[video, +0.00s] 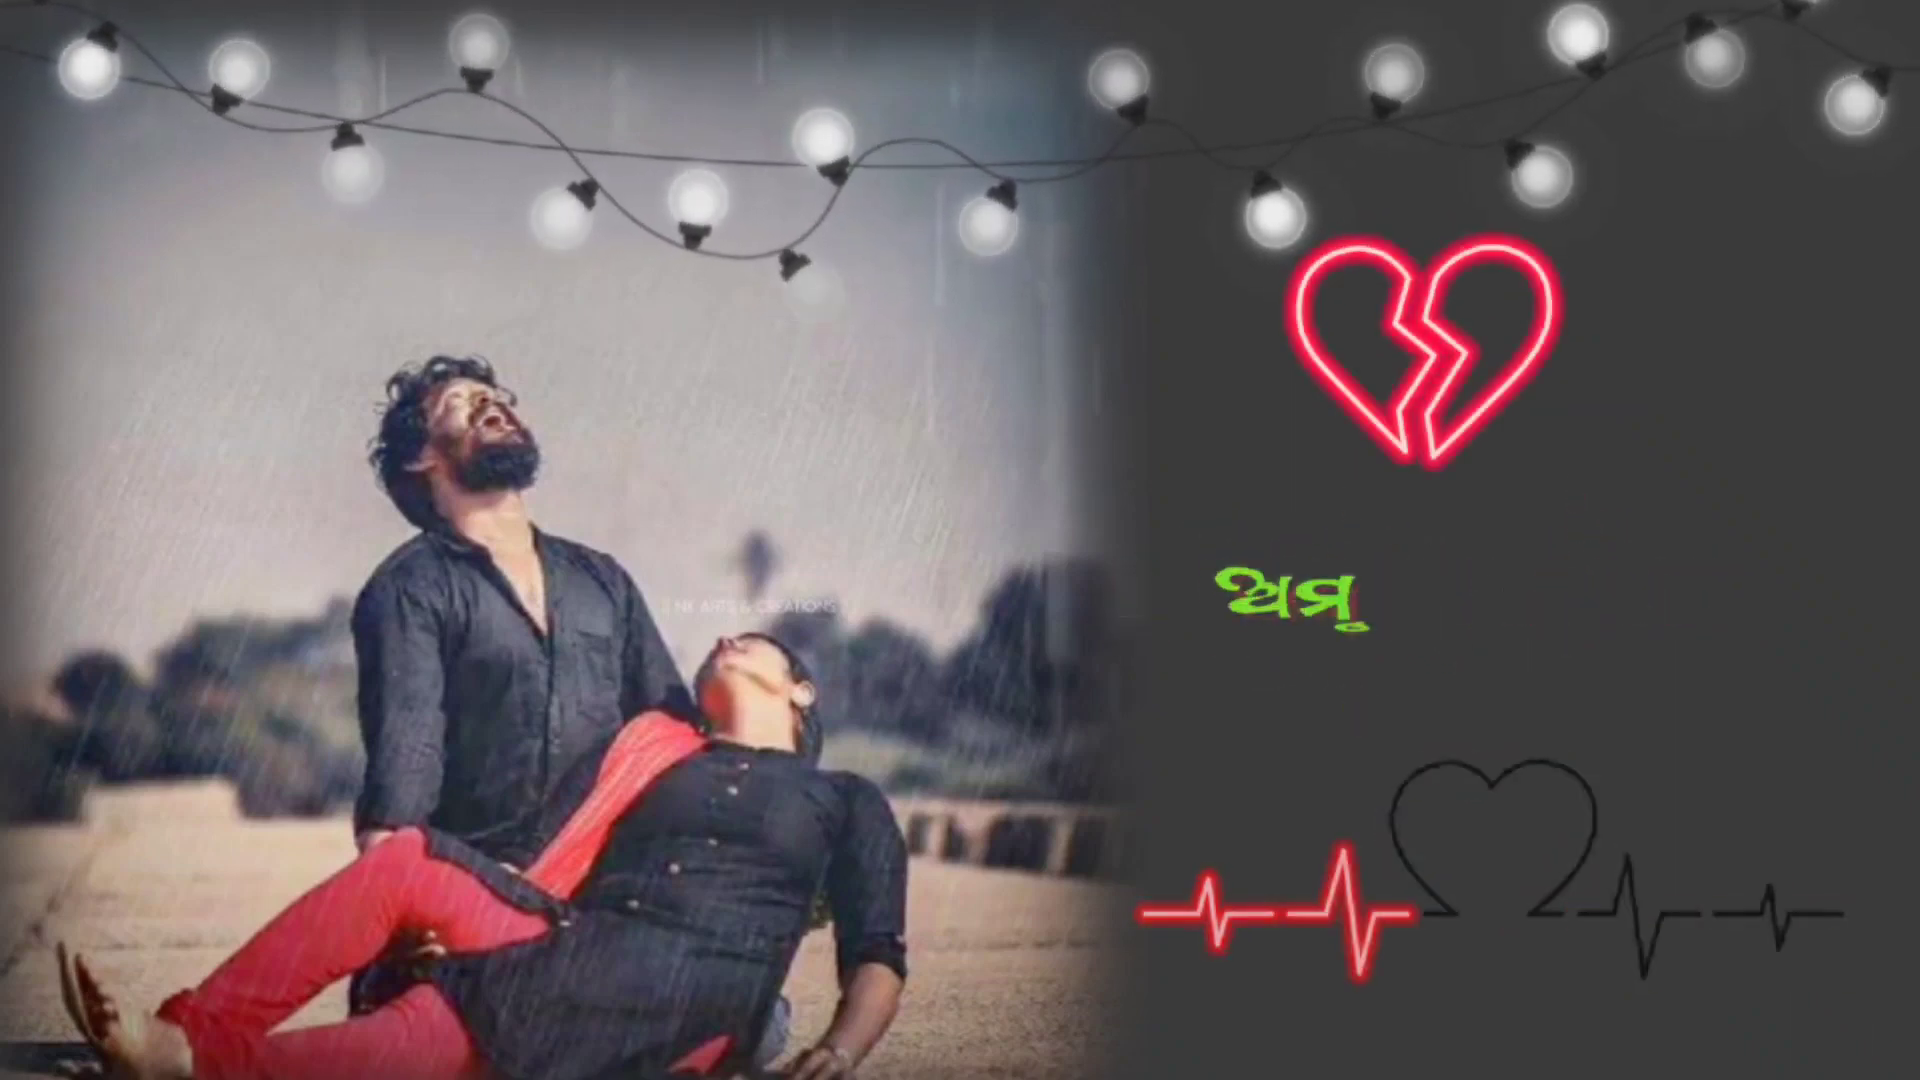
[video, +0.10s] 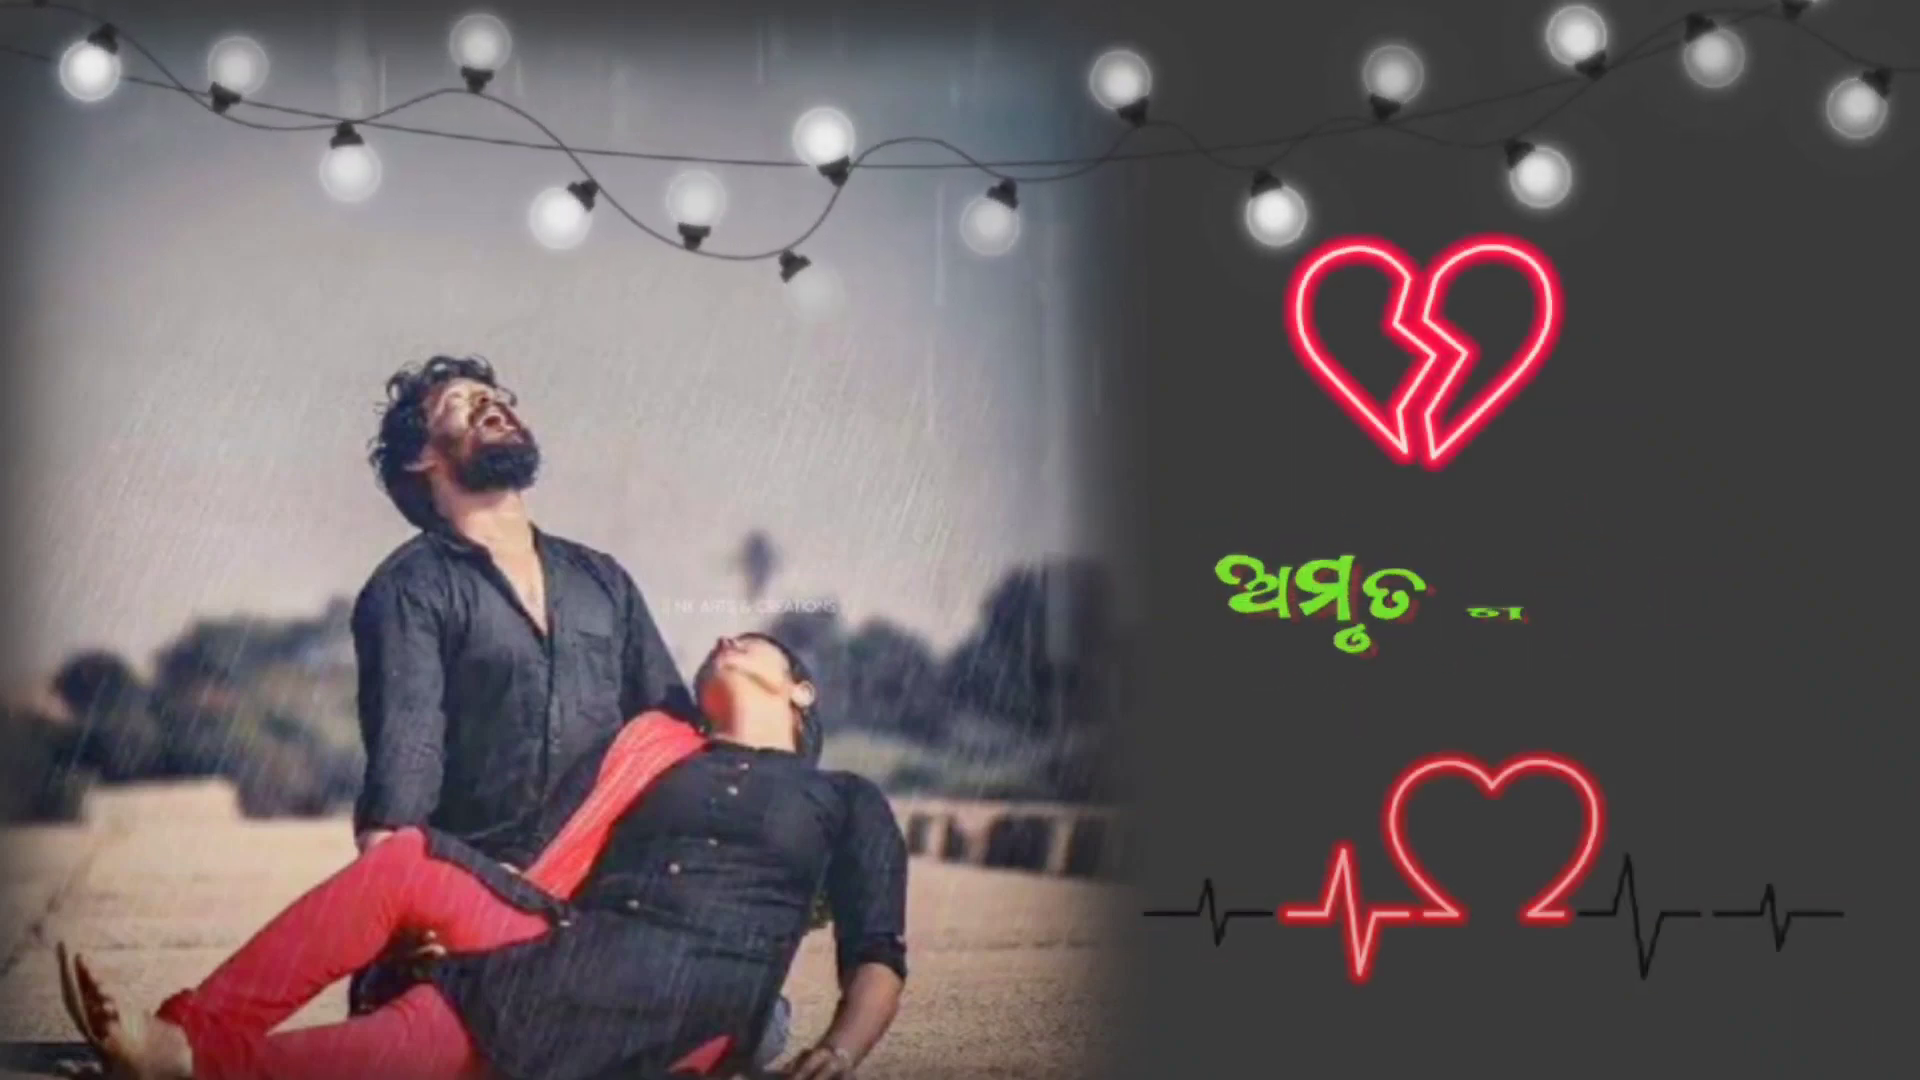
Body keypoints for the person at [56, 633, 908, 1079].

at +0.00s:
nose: (721, 660)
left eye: (749, 656)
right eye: (717, 659)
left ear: (799, 699)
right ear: (709, 698)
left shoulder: (844, 798)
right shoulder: (662, 755)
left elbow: (879, 967)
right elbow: (574, 892)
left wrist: (836, 1063)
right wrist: (455, 949)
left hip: (693, 982)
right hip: (587, 945)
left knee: (451, 1028)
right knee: (400, 859)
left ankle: (188, 1058)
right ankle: (178, 1041)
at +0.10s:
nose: (721, 660)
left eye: (749, 656)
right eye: (716, 659)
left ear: (799, 699)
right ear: (709, 698)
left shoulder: (844, 798)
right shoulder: (662, 755)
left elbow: (879, 967)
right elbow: (574, 891)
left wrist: (836, 1063)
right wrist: (455, 949)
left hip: (693, 982)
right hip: (587, 945)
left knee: (451, 1027)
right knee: (400, 859)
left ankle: (187, 1058)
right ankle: (178, 1041)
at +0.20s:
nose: (721, 660)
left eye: (749, 656)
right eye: (716, 659)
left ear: (799, 699)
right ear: (709, 698)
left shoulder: (844, 798)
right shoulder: (662, 755)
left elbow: (879, 967)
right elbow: (574, 892)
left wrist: (836, 1063)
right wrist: (455, 949)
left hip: (693, 982)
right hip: (587, 945)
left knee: (452, 1027)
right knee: (400, 859)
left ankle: (188, 1058)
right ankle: (178, 1040)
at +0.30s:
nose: (721, 660)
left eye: (749, 656)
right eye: (716, 659)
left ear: (799, 699)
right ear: (709, 698)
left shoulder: (844, 798)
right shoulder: (662, 755)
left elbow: (879, 967)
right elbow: (574, 892)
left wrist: (835, 1063)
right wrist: (455, 949)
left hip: (693, 982)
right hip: (587, 945)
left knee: (452, 1028)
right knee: (400, 859)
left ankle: (188, 1058)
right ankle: (178, 1041)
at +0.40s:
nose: (721, 660)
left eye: (749, 656)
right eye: (717, 659)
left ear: (799, 699)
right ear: (709, 698)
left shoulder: (844, 798)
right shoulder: (662, 755)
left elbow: (879, 967)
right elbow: (574, 892)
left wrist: (836, 1063)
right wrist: (455, 949)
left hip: (693, 982)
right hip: (587, 945)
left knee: (451, 1027)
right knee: (400, 859)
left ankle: (188, 1058)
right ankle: (177, 1040)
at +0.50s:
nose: (722, 660)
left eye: (749, 656)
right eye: (717, 659)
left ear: (799, 699)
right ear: (709, 698)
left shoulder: (844, 798)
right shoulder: (662, 755)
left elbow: (879, 967)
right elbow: (574, 892)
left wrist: (835, 1063)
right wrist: (455, 949)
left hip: (693, 982)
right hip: (587, 945)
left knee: (451, 1028)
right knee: (400, 859)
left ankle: (188, 1058)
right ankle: (178, 1041)